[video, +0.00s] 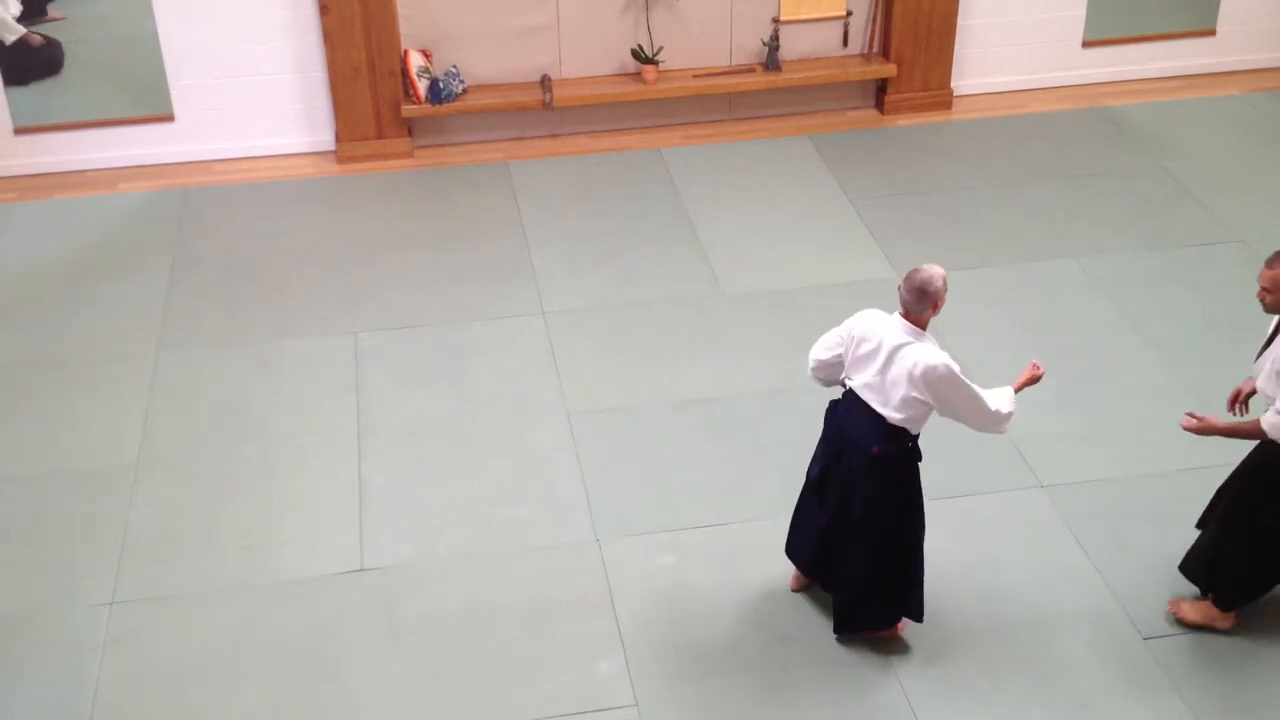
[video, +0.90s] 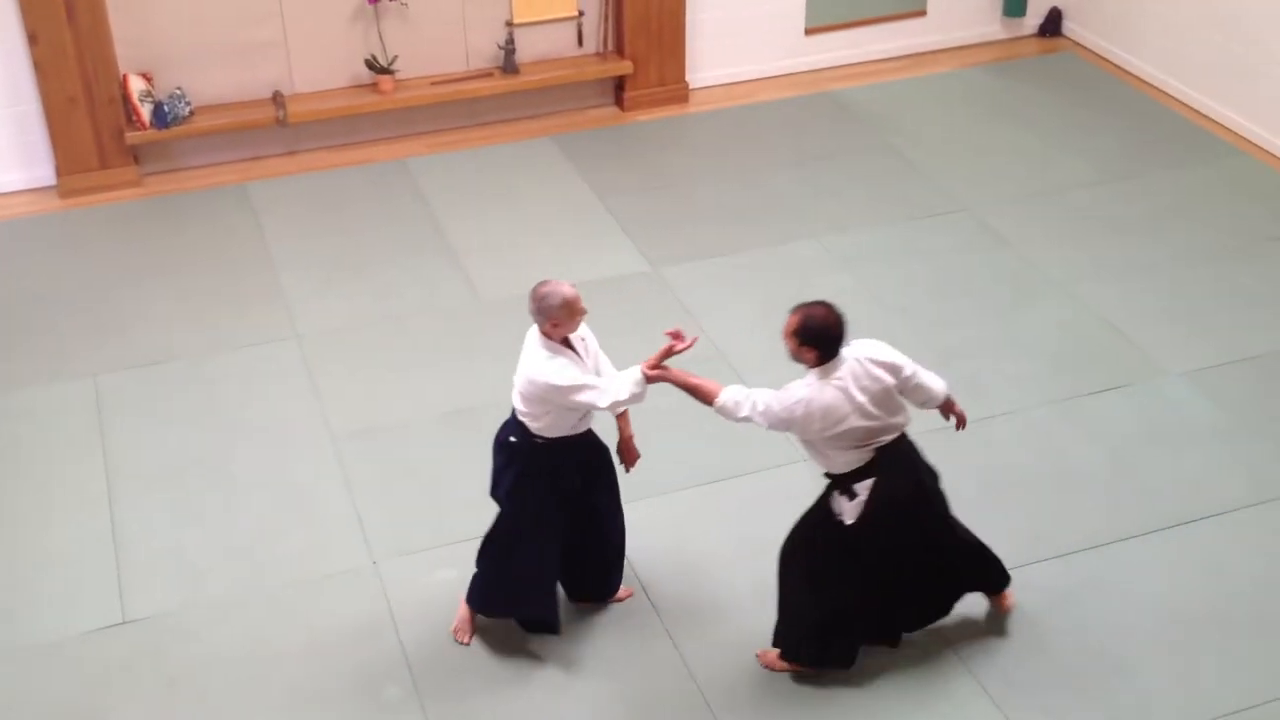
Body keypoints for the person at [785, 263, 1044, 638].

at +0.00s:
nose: (943, 299)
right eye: (943, 296)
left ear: (900, 292)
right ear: (938, 306)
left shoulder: (866, 322)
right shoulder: (933, 364)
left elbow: (820, 365)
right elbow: (986, 412)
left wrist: (853, 376)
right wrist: (1017, 387)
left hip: (842, 424)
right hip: (886, 448)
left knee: (826, 498)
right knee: (886, 529)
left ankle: (806, 569)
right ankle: (879, 619)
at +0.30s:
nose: (927, 301)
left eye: (926, 295)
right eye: (926, 298)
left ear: (883, 295)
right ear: (919, 308)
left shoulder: (855, 319)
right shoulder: (913, 365)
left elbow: (820, 354)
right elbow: (971, 399)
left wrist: (850, 378)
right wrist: (1026, 381)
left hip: (831, 421)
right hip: (872, 446)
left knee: (828, 508)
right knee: (884, 526)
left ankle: (816, 586)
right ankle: (885, 616)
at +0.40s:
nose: (844, 299)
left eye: (841, 292)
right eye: (841, 293)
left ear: (808, 290)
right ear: (834, 299)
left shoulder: (776, 313)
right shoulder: (826, 353)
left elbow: (755, 342)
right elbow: (881, 386)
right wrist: (942, 370)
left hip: (752, 417)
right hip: (785, 437)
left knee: (758, 507)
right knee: (798, 517)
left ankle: (750, 580)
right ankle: (793, 609)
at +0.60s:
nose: (935, 303)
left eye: (941, 302)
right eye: (938, 297)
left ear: (964, 316)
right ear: (978, 311)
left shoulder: (955, 367)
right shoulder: (1012, 320)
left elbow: (877, 389)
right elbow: (1041, 345)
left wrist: (807, 379)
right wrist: (1019, 388)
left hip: (992, 460)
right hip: (1034, 438)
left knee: (915, 514)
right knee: (1036, 527)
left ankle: (954, 586)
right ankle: (1048, 605)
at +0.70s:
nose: (895, 312)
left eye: (901, 311)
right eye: (899, 306)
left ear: (920, 327)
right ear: (944, 317)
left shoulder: (909, 375)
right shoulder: (977, 333)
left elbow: (833, 385)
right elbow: (1015, 366)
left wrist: (761, 378)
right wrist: (981, 390)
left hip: (958, 470)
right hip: (1005, 447)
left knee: (879, 526)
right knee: (1016, 530)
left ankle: (869, 619)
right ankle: (1041, 608)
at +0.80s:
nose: (841, 327)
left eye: (847, 324)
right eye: (845, 321)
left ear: (866, 340)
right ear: (887, 329)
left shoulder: (853, 387)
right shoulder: (926, 343)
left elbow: (779, 392)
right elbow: (977, 375)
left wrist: (711, 377)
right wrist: (969, 397)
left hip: (908, 481)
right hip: (958, 457)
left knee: (839, 546)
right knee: (986, 529)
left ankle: (818, 646)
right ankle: (1027, 604)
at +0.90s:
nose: (785, 337)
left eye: (789, 334)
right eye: (788, 330)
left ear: (807, 351)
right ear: (832, 341)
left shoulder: (801, 401)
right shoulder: (871, 355)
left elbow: (732, 402)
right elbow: (920, 381)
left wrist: (674, 375)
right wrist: (949, 404)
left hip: (860, 498)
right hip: (909, 470)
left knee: (800, 556)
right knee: (943, 533)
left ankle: (798, 652)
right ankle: (997, 587)